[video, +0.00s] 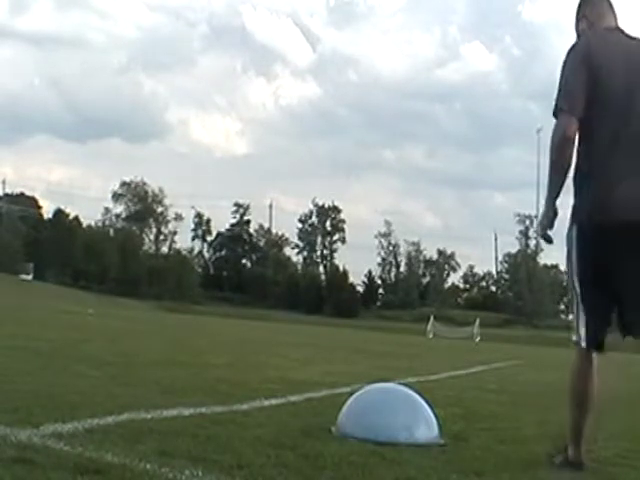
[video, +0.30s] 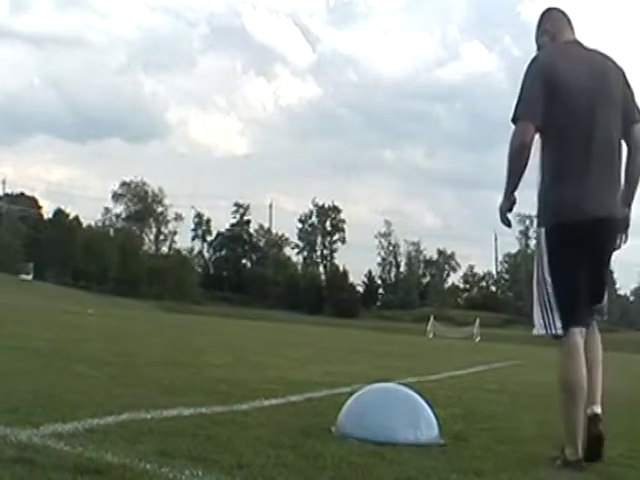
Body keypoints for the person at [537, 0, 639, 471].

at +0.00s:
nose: (577, 35)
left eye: (577, 28)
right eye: (579, 29)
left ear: (584, 21)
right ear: (614, 17)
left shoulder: (586, 49)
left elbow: (566, 131)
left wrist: (550, 202)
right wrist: (553, 202)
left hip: (604, 215)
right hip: (635, 215)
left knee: (588, 342)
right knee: (589, 343)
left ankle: (576, 450)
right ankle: (576, 447)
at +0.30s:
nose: (540, 46)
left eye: (540, 39)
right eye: (541, 39)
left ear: (547, 32)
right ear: (573, 29)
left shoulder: (545, 62)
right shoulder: (614, 68)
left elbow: (524, 136)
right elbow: (636, 144)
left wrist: (509, 193)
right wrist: (625, 206)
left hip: (564, 211)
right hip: (608, 210)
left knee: (572, 330)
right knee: (589, 321)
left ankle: (574, 451)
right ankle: (594, 409)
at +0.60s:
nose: (513, 75)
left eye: (512, 68)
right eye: (513, 69)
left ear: (521, 56)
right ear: (543, 57)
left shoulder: (524, 85)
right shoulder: (578, 97)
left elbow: (506, 145)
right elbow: (595, 169)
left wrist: (484, 186)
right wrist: (573, 205)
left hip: (533, 221)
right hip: (568, 223)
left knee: (537, 329)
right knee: (543, 328)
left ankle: (563, 431)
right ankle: (542, 426)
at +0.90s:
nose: (479, 85)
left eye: (479, 76)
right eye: (476, 79)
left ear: (494, 63)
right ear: (502, 62)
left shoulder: (505, 86)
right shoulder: (525, 93)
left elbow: (506, 139)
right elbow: (524, 154)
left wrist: (470, 164)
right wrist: (485, 163)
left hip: (505, 223)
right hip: (535, 224)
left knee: (474, 320)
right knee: (525, 328)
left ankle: (481, 419)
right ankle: (537, 427)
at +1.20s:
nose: (444, 92)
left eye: (446, 82)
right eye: (440, 86)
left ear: (465, 71)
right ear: (449, 79)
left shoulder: (483, 101)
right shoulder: (467, 110)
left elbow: (487, 160)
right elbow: (475, 163)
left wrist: (439, 160)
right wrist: (439, 160)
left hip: (476, 233)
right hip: (463, 231)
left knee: (455, 329)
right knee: (448, 320)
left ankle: (460, 424)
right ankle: (493, 380)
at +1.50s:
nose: (418, 90)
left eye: (421, 81)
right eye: (413, 85)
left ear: (436, 73)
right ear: (412, 84)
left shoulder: (462, 101)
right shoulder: (421, 115)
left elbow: (473, 153)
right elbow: (418, 174)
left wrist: (429, 134)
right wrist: (403, 150)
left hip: (454, 230)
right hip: (421, 229)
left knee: (448, 330)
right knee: (397, 324)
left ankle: (460, 423)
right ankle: (375, 403)